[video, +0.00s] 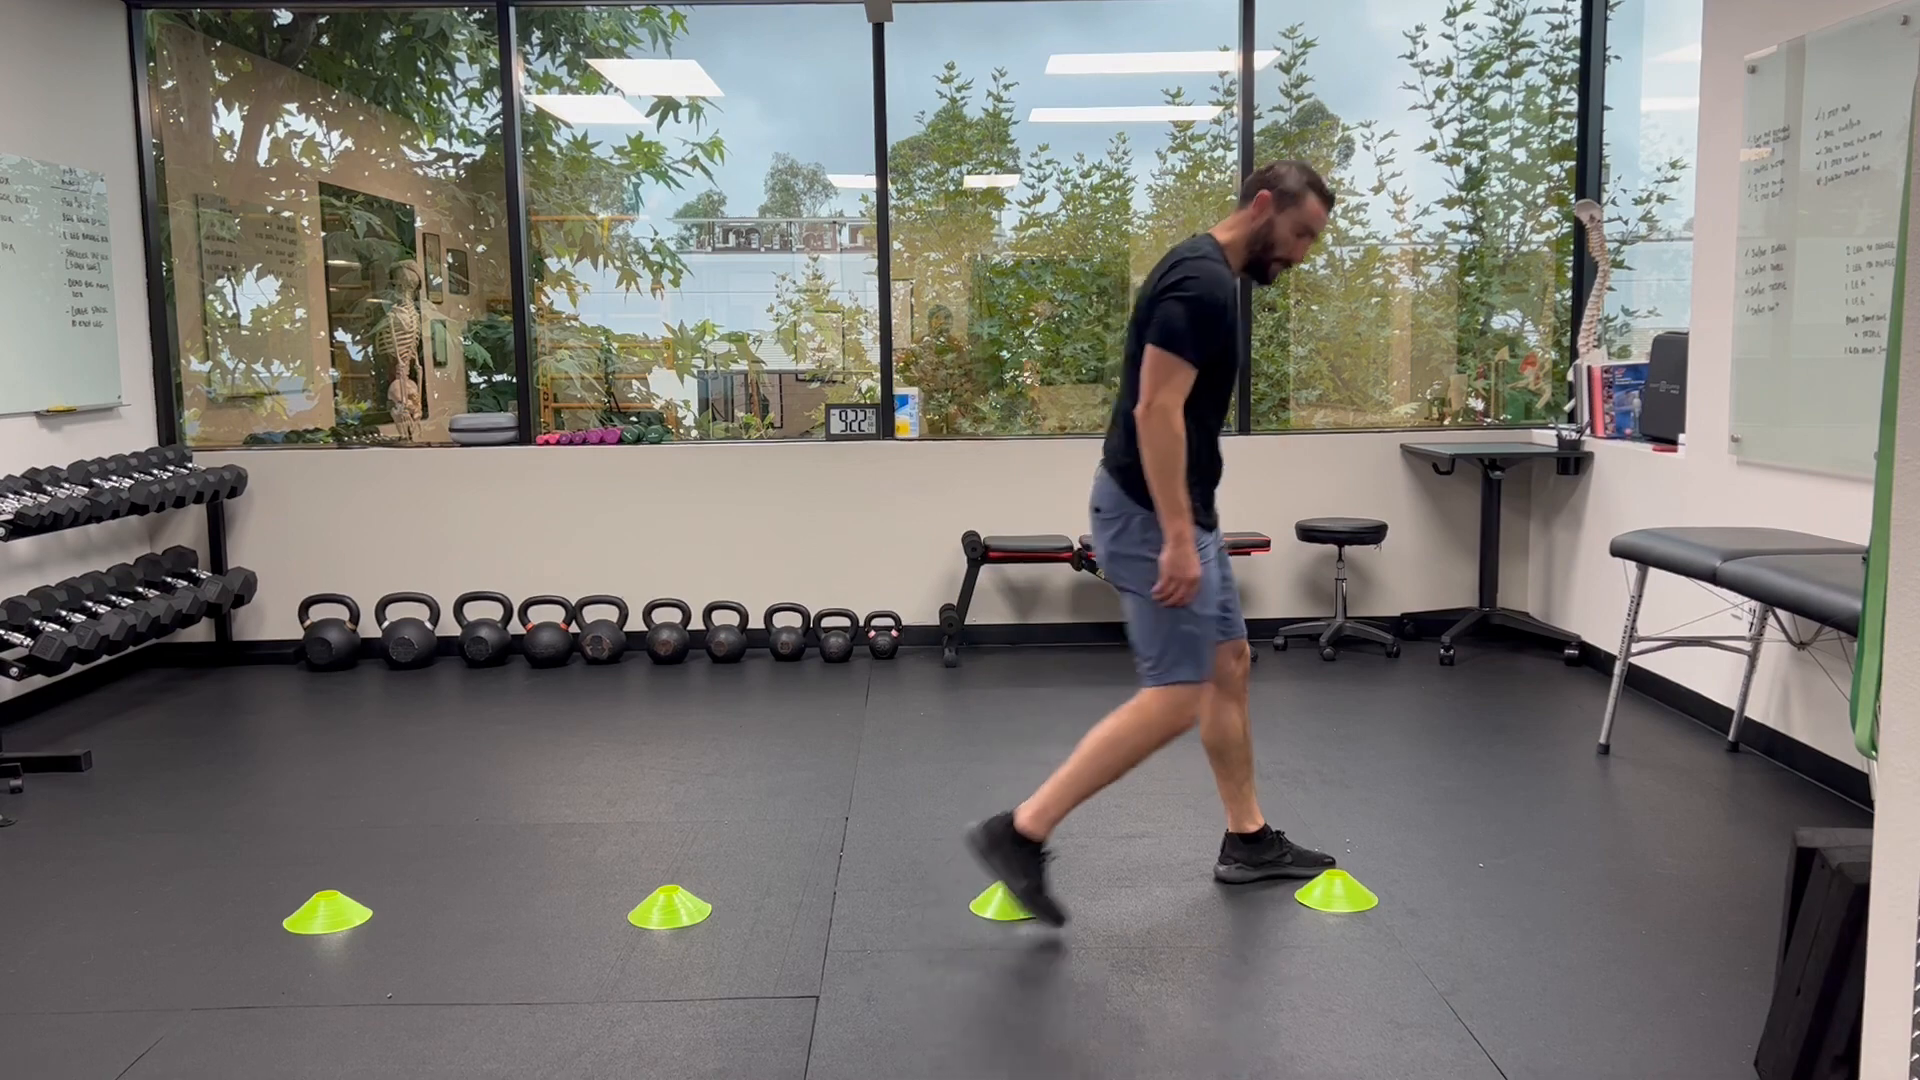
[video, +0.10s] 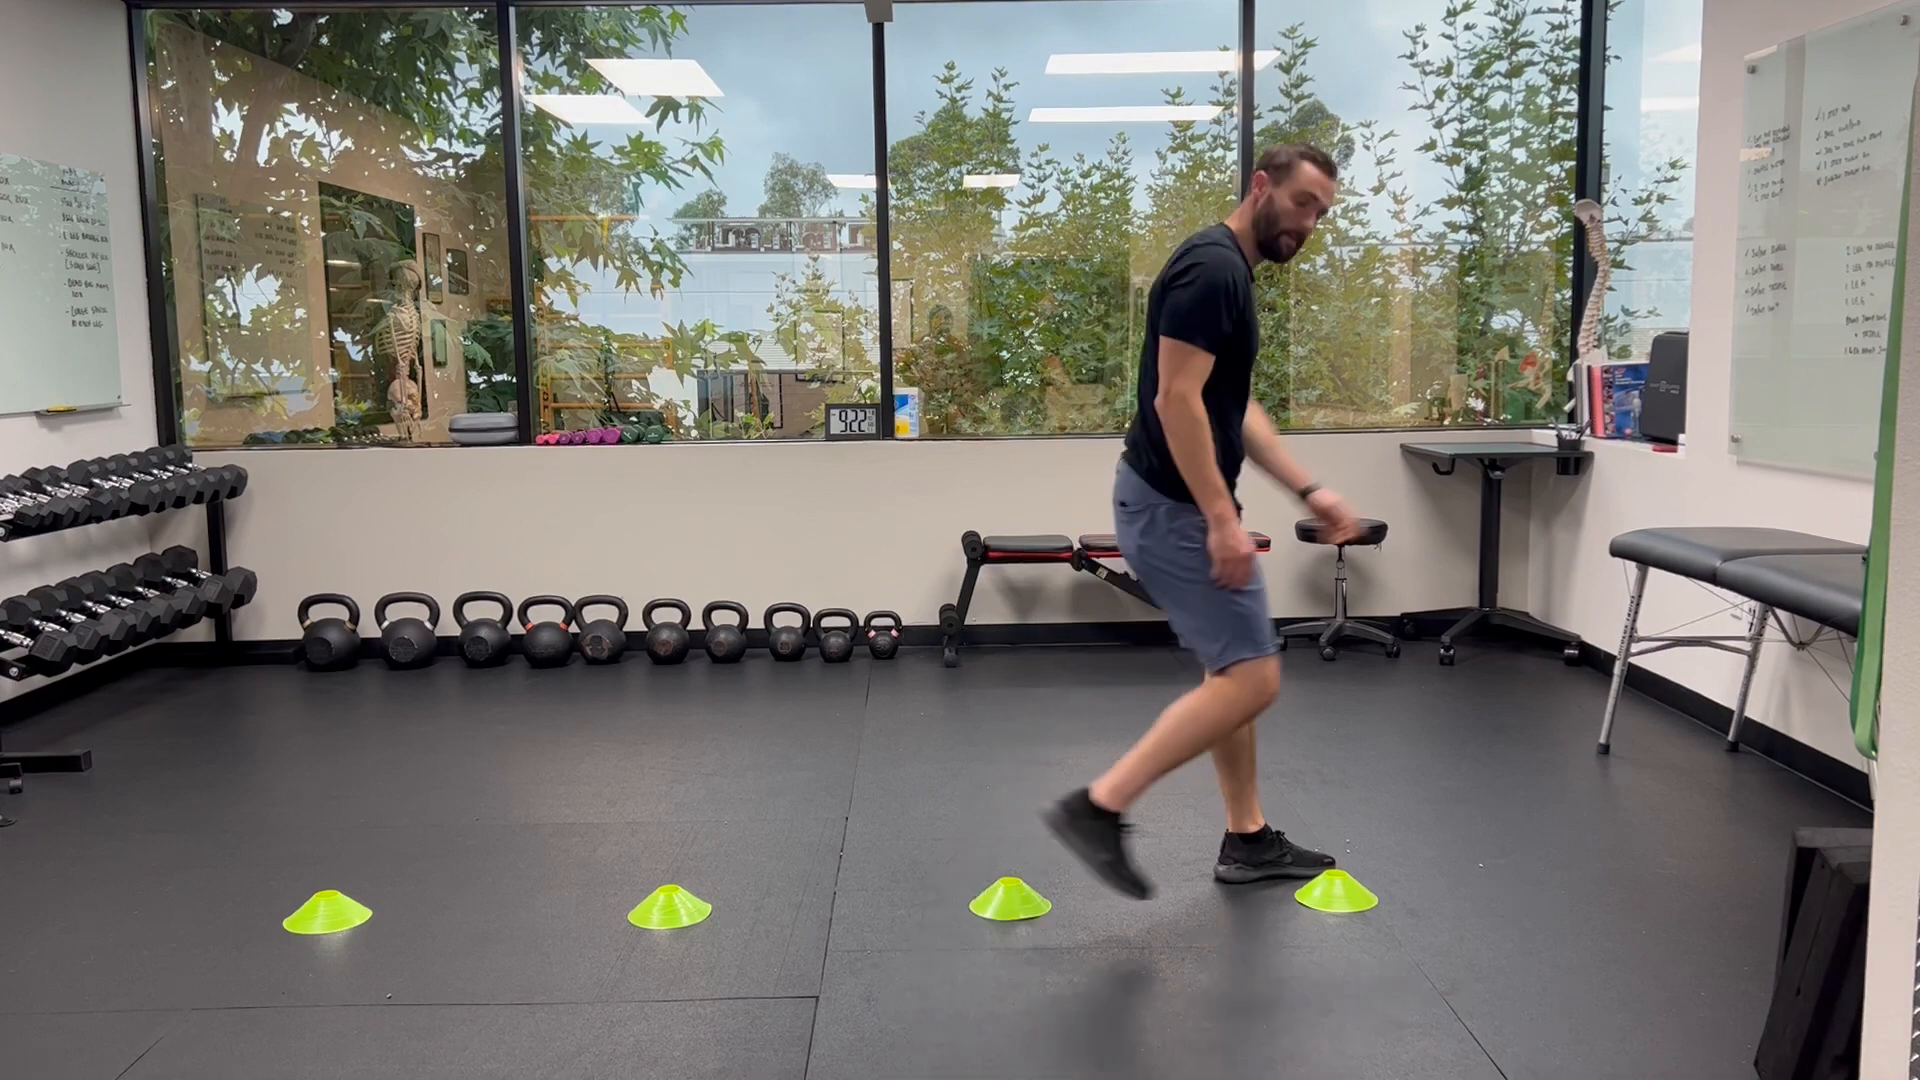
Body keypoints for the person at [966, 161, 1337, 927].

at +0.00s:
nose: (1303, 254)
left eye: (1313, 240)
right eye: (1304, 233)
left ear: (1263, 207)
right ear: (1264, 205)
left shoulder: (1217, 277)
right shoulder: (1200, 279)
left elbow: (1180, 412)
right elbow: (1158, 407)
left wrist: (1198, 527)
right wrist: (1178, 534)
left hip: (1180, 510)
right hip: (1147, 513)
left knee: (1229, 662)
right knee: (1180, 693)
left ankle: (1249, 840)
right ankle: (1020, 831)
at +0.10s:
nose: (1312, 223)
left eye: (1321, 213)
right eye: (1306, 202)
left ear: (1275, 198)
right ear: (1260, 185)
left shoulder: (1233, 273)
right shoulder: (1212, 267)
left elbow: (1234, 407)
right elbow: (1176, 399)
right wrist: (1222, 517)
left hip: (1188, 501)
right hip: (1173, 506)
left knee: (1236, 673)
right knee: (1254, 676)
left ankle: (1248, 837)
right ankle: (1099, 806)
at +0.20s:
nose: (1306, 202)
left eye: (1319, 193)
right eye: (1296, 182)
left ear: (1319, 203)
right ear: (1253, 175)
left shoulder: (1252, 276)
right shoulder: (1217, 263)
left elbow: (1294, 394)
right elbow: (1188, 391)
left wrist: (1390, 452)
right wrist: (1258, 502)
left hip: (1216, 503)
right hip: (1203, 505)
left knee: (1247, 666)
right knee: (1299, 671)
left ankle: (1247, 834)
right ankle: (1198, 840)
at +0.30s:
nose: (1301, 192)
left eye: (1312, 182)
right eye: (1288, 173)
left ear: (1314, 195)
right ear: (1247, 173)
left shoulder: (1260, 270)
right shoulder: (1220, 260)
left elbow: (1319, 375)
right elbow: (1204, 391)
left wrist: (1420, 381)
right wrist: (1280, 497)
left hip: (1239, 506)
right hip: (1230, 510)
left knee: (1261, 667)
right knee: (1299, 680)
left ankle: (1247, 838)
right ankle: (1271, 877)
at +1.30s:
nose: (1286, 186)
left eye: (1299, 175)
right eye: (1274, 167)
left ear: (1304, 187)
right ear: (1237, 166)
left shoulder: (1262, 269)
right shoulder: (1196, 256)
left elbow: (1279, 388)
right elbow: (1178, 386)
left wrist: (1339, 464)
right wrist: (1232, 497)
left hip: (1243, 492)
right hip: (1200, 494)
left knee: (1257, 658)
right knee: (1234, 663)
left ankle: (1250, 836)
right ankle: (1188, 868)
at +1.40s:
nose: (1256, 192)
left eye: (1266, 178)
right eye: (1244, 173)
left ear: (1267, 181)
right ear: (1203, 167)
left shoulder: (1227, 260)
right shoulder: (1168, 264)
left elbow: (1223, 391)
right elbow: (1158, 394)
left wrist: (1251, 489)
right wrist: (1225, 500)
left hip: (1229, 492)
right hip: (1184, 497)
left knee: (1252, 657)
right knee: (1207, 668)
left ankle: (1248, 837)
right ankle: (1088, 845)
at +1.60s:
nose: (1188, 225)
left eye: (1191, 210)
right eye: (1177, 210)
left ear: (1148, 208)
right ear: (1128, 203)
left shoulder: (1130, 285)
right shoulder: (1091, 295)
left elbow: (1135, 423)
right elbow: (1105, 436)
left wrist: (1202, 506)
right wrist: (1221, 492)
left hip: (1177, 527)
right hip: (1121, 532)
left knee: (1234, 669)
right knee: (1101, 705)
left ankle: (1249, 838)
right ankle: (968, 865)